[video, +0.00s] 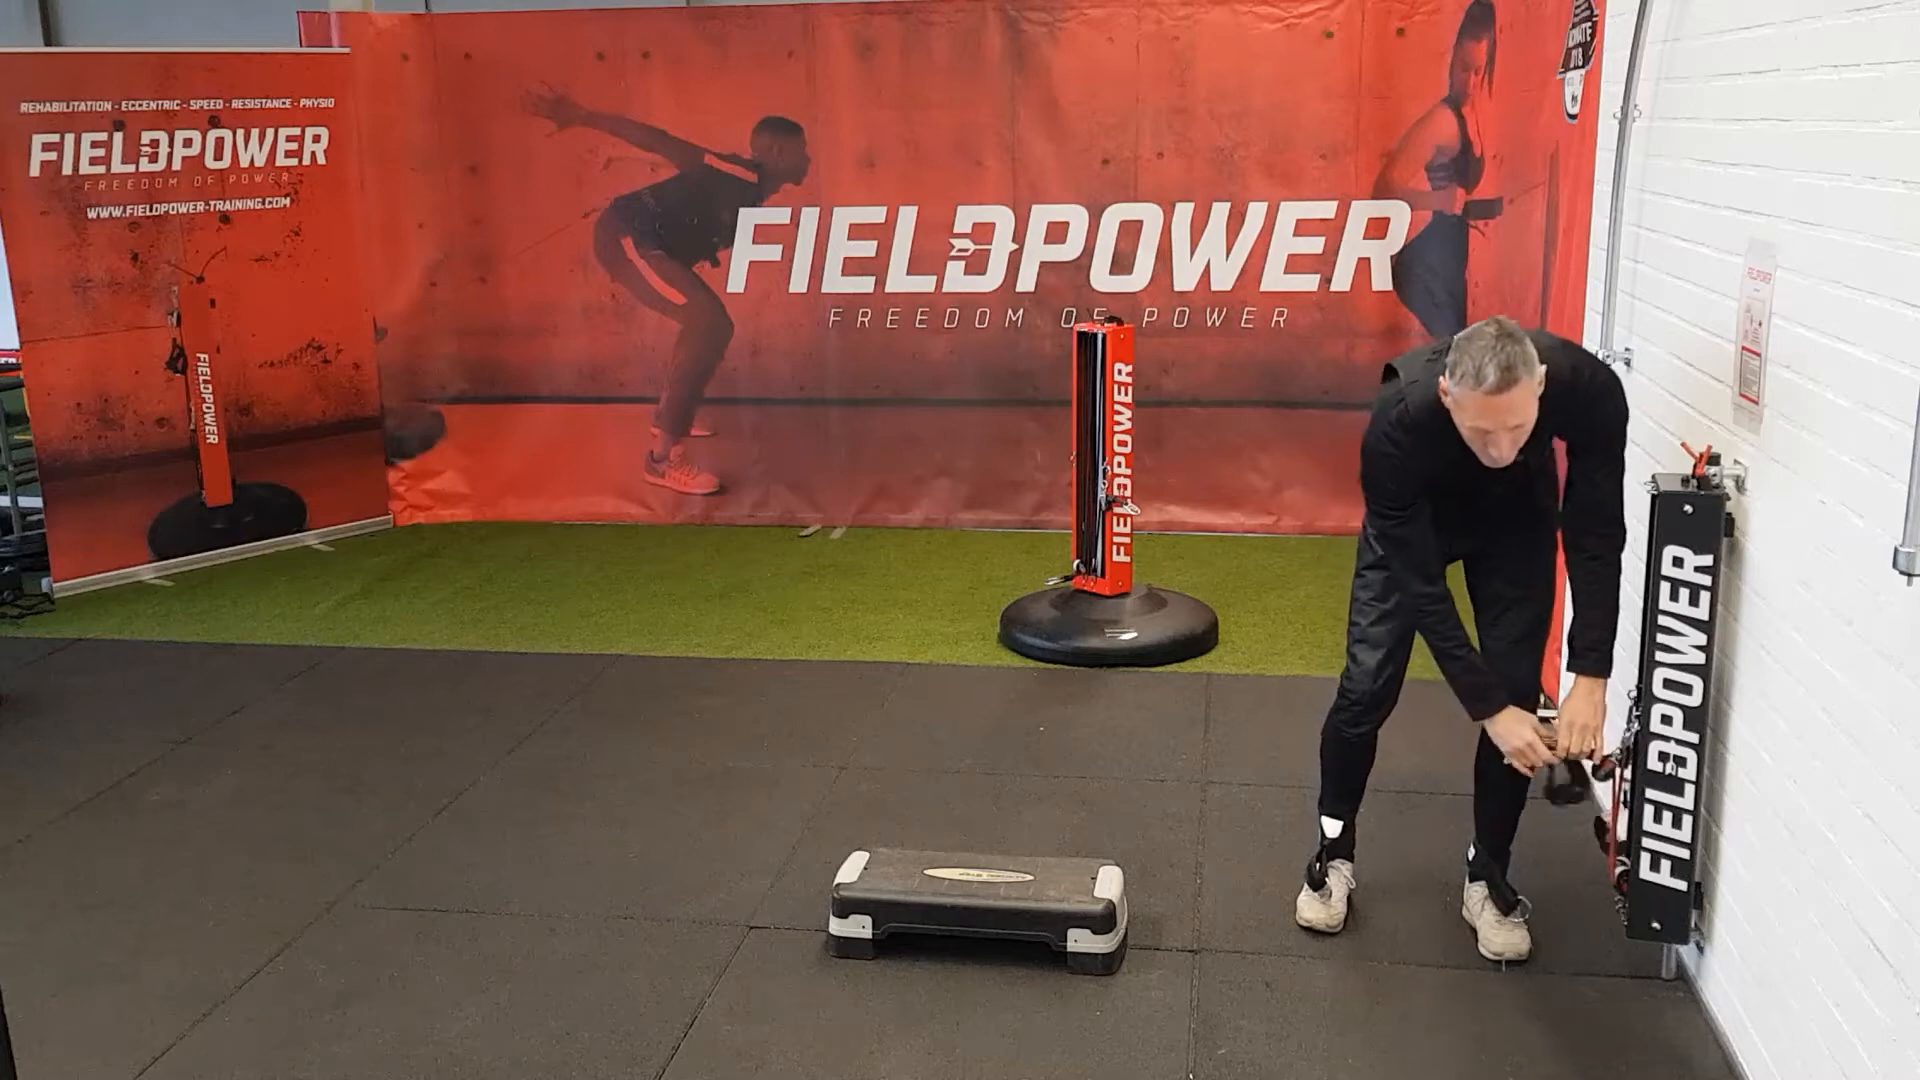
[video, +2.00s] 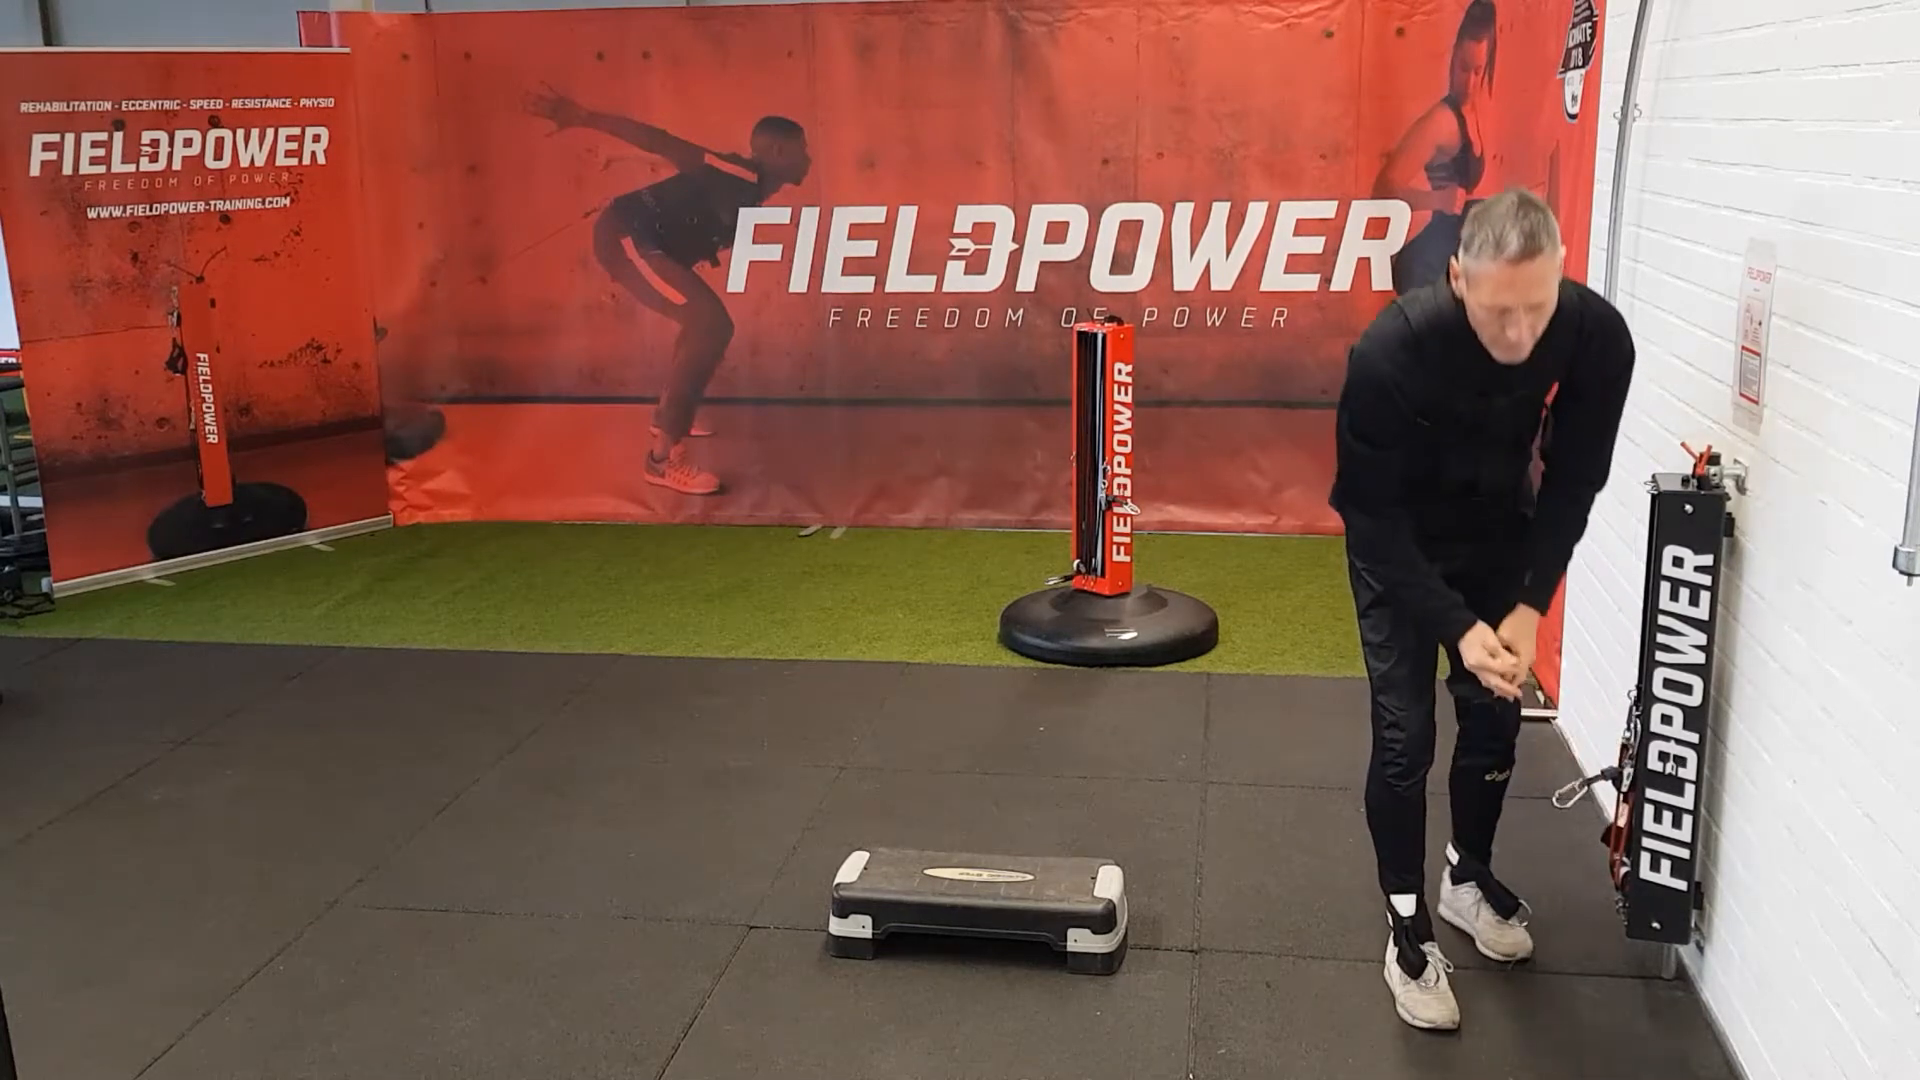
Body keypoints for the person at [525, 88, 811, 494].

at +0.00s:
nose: (807, 158)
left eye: (804, 149)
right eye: (800, 150)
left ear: (774, 151)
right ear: (772, 150)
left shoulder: (748, 192)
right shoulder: (733, 179)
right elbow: (659, 141)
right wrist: (583, 116)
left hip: (645, 238)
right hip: (627, 234)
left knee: (714, 323)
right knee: (709, 323)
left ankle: (671, 414)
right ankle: (664, 457)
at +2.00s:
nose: (808, 158)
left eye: (805, 149)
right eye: (801, 149)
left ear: (774, 151)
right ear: (773, 150)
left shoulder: (745, 185)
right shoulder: (735, 180)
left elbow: (660, 142)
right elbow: (659, 141)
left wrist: (583, 116)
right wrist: (583, 117)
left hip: (639, 234)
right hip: (627, 233)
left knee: (709, 322)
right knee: (713, 326)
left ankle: (670, 414)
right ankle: (664, 457)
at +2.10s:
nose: (808, 158)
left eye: (805, 149)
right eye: (801, 149)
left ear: (774, 151)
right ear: (774, 150)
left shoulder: (746, 186)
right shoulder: (734, 179)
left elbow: (660, 142)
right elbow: (658, 141)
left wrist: (583, 116)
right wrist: (583, 117)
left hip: (641, 235)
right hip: (627, 233)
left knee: (709, 322)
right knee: (713, 326)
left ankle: (670, 413)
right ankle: (664, 457)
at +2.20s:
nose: (807, 159)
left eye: (805, 150)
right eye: (801, 149)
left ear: (773, 151)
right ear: (772, 150)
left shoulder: (749, 190)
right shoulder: (735, 179)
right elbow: (661, 142)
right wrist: (582, 117)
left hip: (643, 236)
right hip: (626, 234)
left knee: (709, 322)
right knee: (712, 326)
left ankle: (670, 414)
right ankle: (665, 457)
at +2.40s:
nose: (807, 159)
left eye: (804, 150)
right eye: (800, 150)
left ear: (774, 151)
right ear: (772, 150)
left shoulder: (750, 191)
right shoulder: (736, 177)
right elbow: (661, 143)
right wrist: (582, 117)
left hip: (643, 236)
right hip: (627, 234)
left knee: (708, 322)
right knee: (713, 325)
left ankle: (670, 414)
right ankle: (665, 457)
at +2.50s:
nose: (807, 159)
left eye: (804, 150)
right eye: (801, 150)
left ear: (773, 151)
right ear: (772, 150)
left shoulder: (749, 189)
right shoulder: (737, 178)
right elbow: (662, 143)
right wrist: (582, 117)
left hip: (642, 237)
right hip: (627, 235)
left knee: (710, 322)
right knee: (712, 325)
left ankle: (670, 413)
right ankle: (665, 458)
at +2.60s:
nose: (807, 159)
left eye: (804, 150)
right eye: (800, 150)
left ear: (774, 151)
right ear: (772, 150)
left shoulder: (750, 190)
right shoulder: (736, 177)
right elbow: (661, 143)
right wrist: (582, 117)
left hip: (643, 236)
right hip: (627, 234)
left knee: (708, 322)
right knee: (713, 325)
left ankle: (670, 414)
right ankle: (665, 457)